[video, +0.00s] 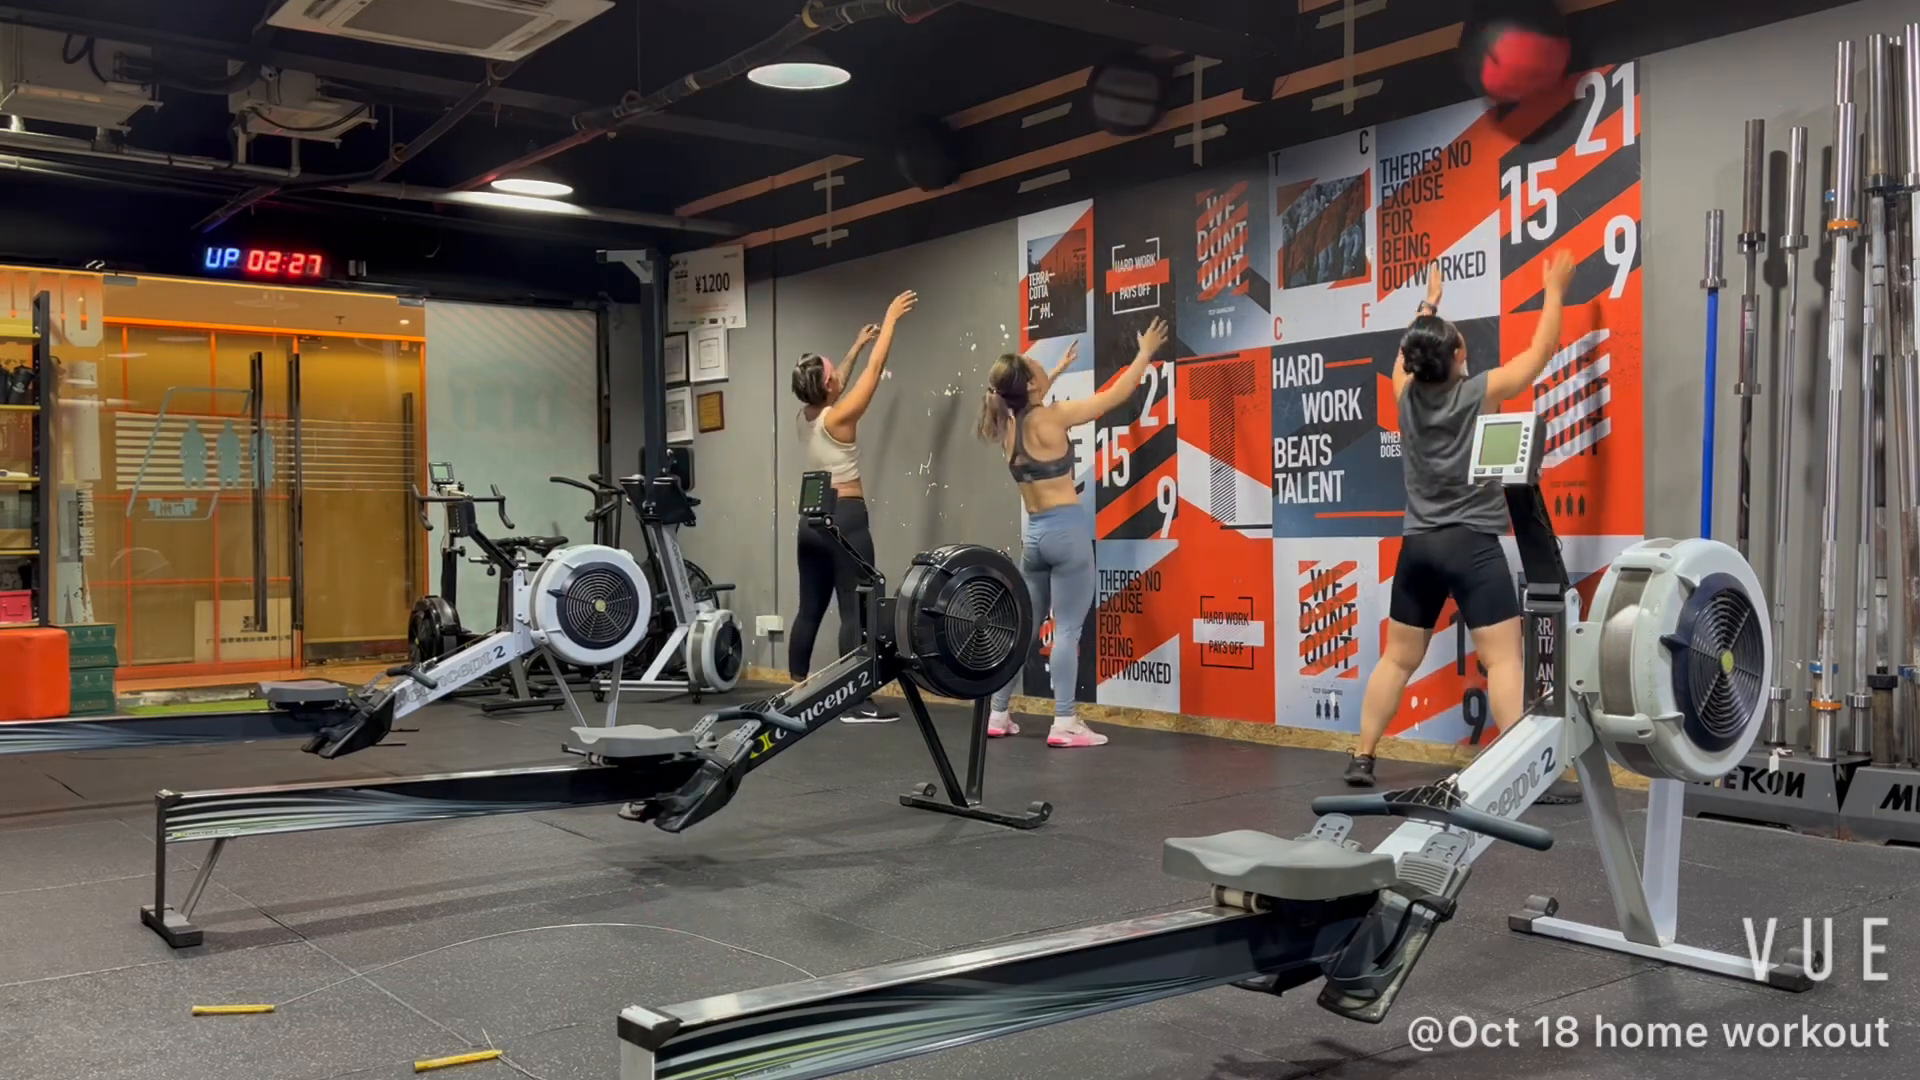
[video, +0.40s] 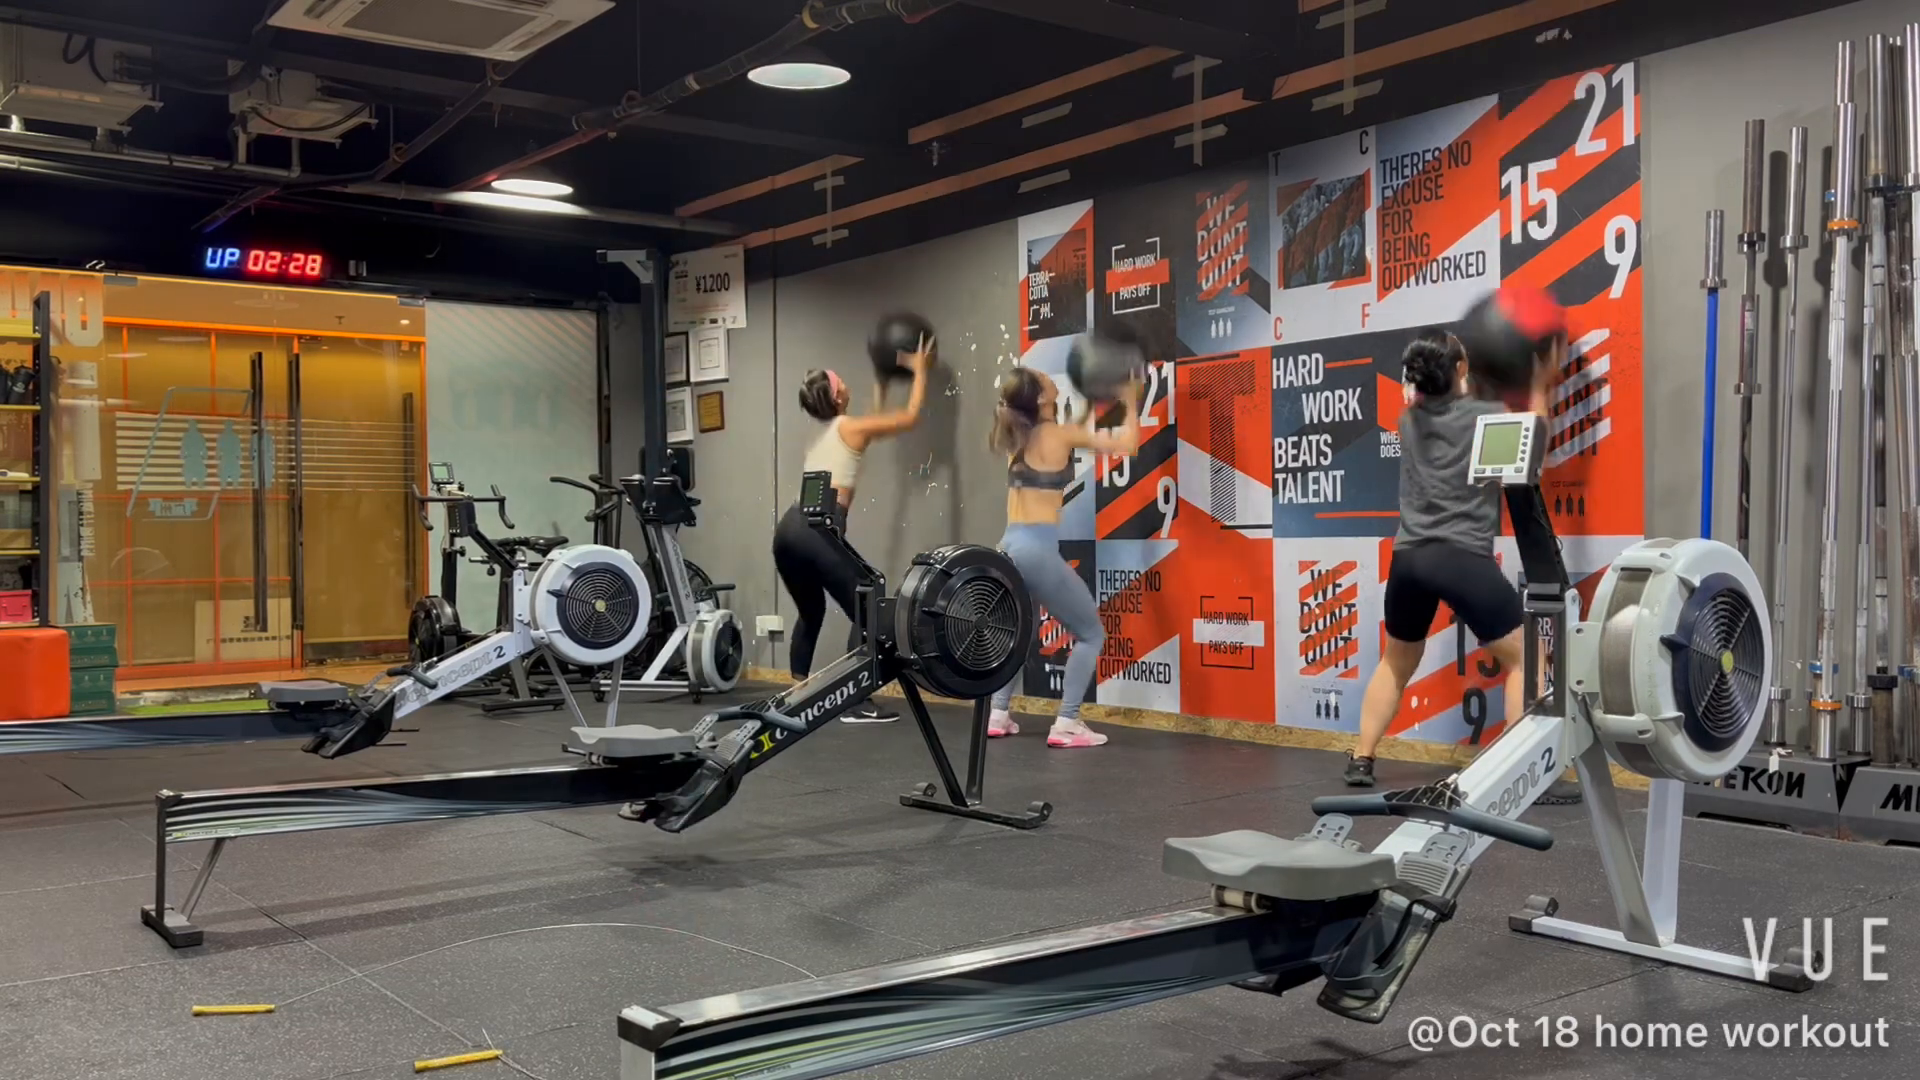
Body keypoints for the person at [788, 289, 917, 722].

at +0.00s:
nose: (837, 370)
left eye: (833, 366)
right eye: (833, 369)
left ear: (811, 389)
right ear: (828, 383)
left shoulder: (807, 416)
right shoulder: (841, 415)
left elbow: (833, 382)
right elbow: (877, 367)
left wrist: (857, 347)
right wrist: (891, 317)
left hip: (813, 515)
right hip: (846, 513)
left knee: (809, 611)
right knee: (854, 612)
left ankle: (797, 694)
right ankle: (854, 700)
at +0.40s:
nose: (842, 381)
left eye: (837, 379)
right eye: (838, 381)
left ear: (821, 404)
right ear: (837, 397)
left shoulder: (825, 433)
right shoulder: (851, 427)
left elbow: (877, 425)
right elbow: (909, 418)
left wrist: (880, 385)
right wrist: (920, 370)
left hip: (788, 533)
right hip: (817, 532)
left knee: (810, 612)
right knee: (868, 605)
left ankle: (797, 694)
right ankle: (855, 699)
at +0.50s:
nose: (851, 408)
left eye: (846, 405)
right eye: (847, 408)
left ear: (824, 429)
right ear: (844, 423)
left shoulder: (819, 460)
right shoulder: (856, 460)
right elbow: (918, 479)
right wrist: (918, 437)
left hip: (785, 553)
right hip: (819, 552)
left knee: (815, 619)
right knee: (874, 612)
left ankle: (798, 696)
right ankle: (856, 701)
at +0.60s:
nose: (864, 449)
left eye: (860, 445)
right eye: (859, 448)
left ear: (834, 462)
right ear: (854, 461)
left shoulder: (822, 489)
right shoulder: (863, 494)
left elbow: (853, 515)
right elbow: (913, 536)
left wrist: (874, 489)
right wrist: (904, 494)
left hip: (785, 586)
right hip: (821, 588)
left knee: (823, 620)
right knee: (885, 620)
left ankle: (800, 695)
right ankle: (856, 701)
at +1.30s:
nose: (867, 403)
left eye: (863, 400)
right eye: (863, 403)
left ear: (844, 421)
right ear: (860, 417)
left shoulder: (833, 453)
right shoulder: (869, 455)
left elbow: (862, 481)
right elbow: (916, 495)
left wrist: (889, 455)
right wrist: (909, 456)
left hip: (793, 544)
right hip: (820, 544)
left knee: (824, 616)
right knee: (873, 606)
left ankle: (800, 691)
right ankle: (858, 698)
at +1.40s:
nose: (856, 369)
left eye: (850, 366)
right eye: (851, 369)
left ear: (832, 391)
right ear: (850, 385)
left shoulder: (832, 426)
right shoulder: (861, 422)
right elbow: (918, 444)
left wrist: (868, 400)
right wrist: (906, 401)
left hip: (807, 521)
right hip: (837, 523)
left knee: (817, 607)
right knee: (870, 602)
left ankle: (799, 686)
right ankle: (861, 695)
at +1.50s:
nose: (846, 351)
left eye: (840, 348)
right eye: (841, 350)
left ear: (822, 371)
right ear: (838, 365)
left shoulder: (825, 400)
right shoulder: (853, 398)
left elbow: (856, 381)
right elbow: (913, 382)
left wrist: (871, 339)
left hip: (814, 497)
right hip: (846, 498)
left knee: (812, 587)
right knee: (859, 588)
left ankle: (802, 674)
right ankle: (867, 680)